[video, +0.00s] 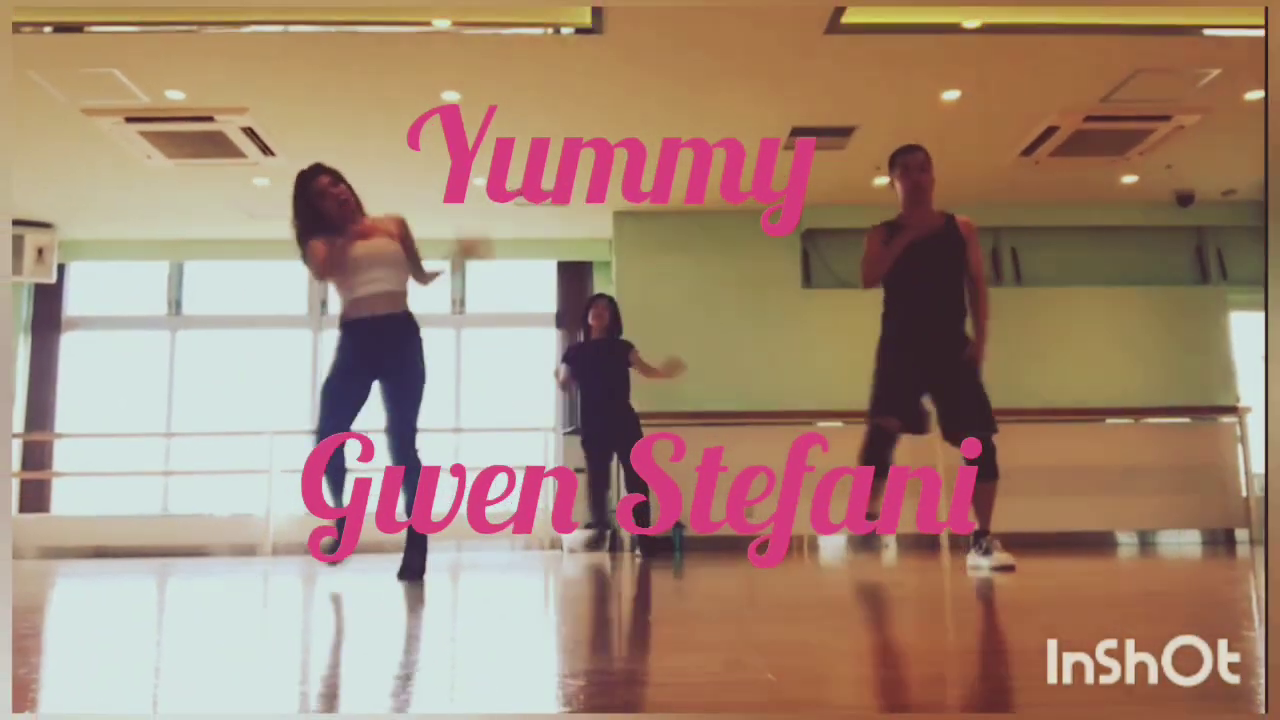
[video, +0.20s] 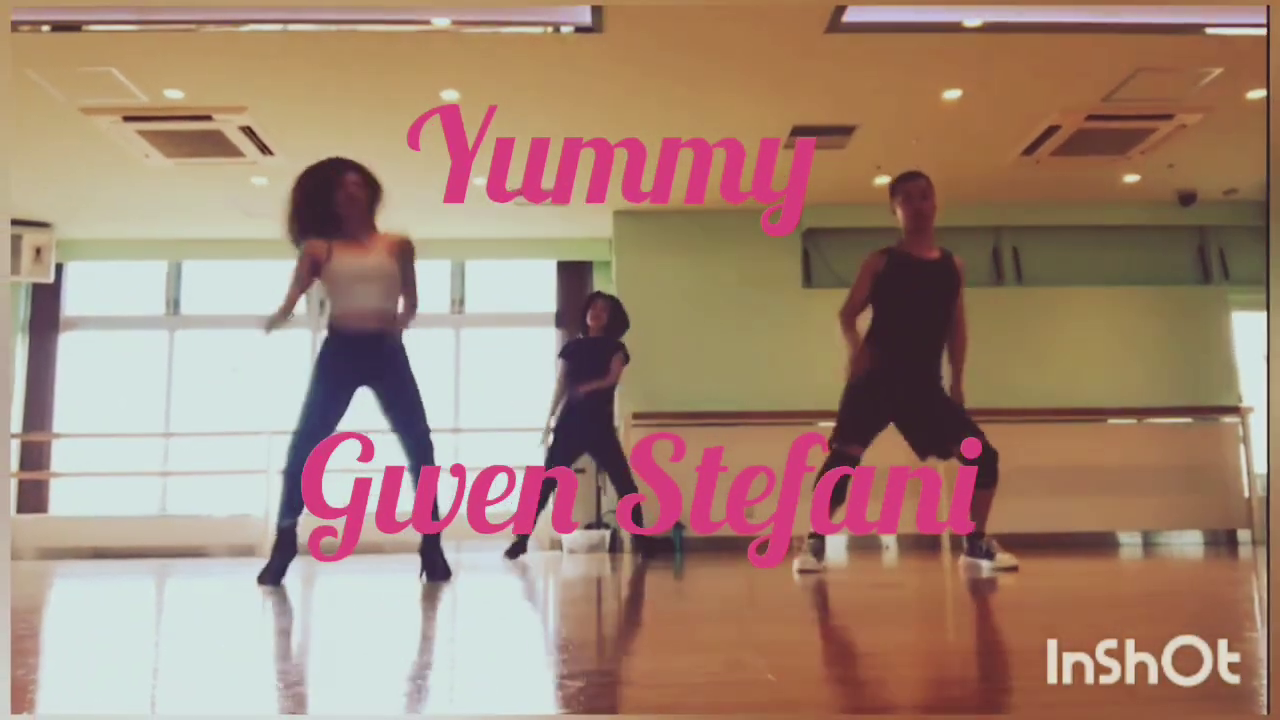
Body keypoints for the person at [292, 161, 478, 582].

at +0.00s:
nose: (337, 191)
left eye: (337, 182)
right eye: (324, 191)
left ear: (349, 186)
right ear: (315, 208)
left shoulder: (393, 226)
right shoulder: (320, 242)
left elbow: (421, 275)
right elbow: (325, 270)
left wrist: (456, 259)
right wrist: (342, 236)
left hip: (400, 337)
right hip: (356, 341)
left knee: (402, 443)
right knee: (329, 435)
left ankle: (417, 531)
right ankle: (341, 514)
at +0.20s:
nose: (353, 197)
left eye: (359, 190)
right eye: (345, 191)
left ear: (372, 197)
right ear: (332, 200)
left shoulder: (397, 246)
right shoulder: (320, 248)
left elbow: (410, 298)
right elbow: (295, 292)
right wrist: (279, 316)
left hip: (387, 351)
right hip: (341, 352)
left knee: (420, 447)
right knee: (306, 444)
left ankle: (431, 544)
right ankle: (285, 539)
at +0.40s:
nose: (360, 233)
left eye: (372, 233)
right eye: (359, 224)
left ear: (382, 252)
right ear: (345, 231)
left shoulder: (382, 291)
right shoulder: (309, 285)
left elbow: (410, 337)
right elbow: (303, 344)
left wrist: (386, 377)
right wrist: (291, 395)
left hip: (368, 397)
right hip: (320, 398)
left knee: (419, 459)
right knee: (268, 463)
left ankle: (432, 549)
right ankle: (277, 547)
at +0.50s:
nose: (352, 238)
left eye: (363, 237)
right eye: (352, 231)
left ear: (375, 256)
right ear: (339, 237)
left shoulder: (378, 296)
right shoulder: (303, 290)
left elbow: (410, 342)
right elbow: (294, 349)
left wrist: (385, 379)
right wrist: (282, 403)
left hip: (370, 404)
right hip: (321, 407)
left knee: (423, 460)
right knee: (259, 465)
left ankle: (433, 550)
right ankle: (274, 548)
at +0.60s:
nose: (351, 239)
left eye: (362, 241)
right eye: (351, 230)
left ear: (370, 258)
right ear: (337, 235)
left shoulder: (371, 294)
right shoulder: (299, 288)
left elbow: (407, 335)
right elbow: (288, 350)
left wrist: (388, 369)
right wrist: (275, 408)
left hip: (374, 399)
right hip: (325, 407)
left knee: (424, 464)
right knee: (256, 467)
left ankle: (432, 551)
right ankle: (272, 549)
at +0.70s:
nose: (349, 233)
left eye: (361, 235)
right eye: (349, 223)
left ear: (371, 250)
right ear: (336, 226)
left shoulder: (370, 283)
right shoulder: (297, 278)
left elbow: (403, 326)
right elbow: (286, 341)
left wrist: (390, 354)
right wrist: (279, 401)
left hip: (378, 385)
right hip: (332, 397)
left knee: (423, 460)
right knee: (262, 468)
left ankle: (431, 551)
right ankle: (271, 550)